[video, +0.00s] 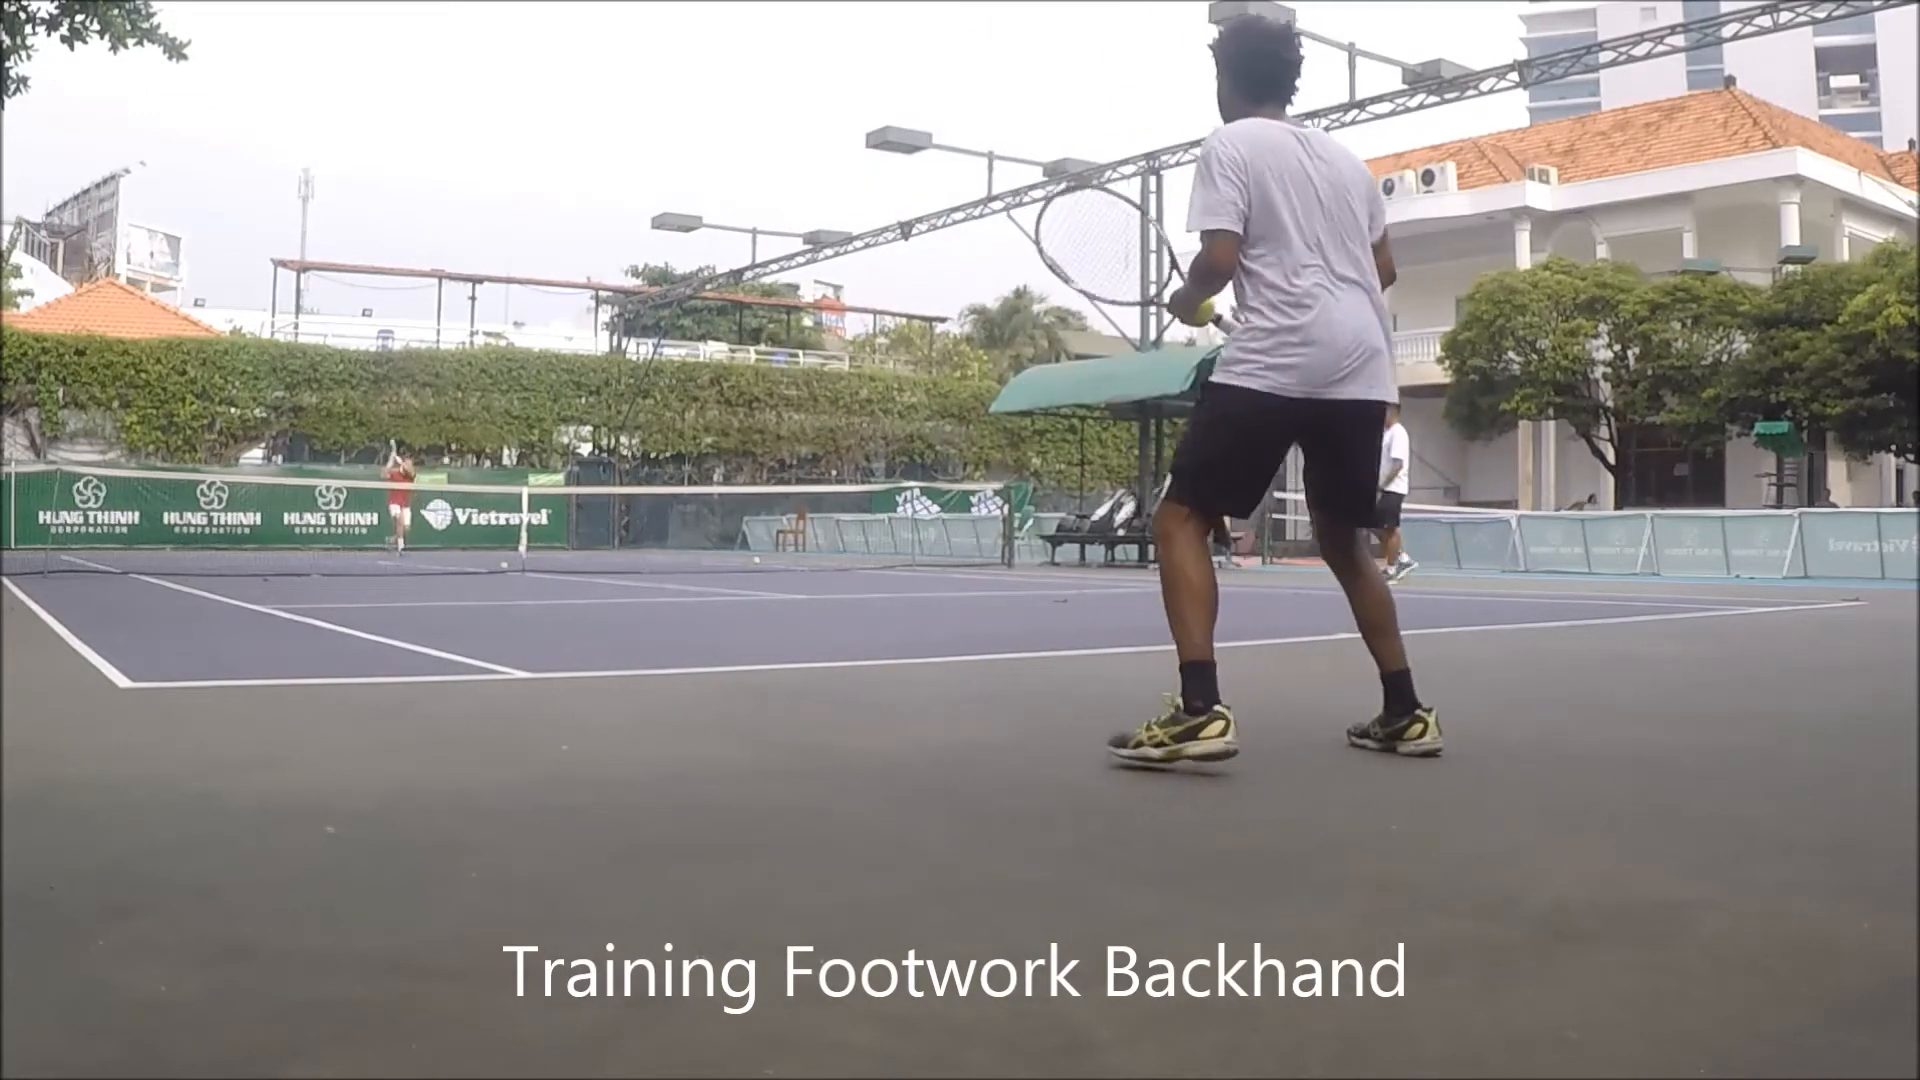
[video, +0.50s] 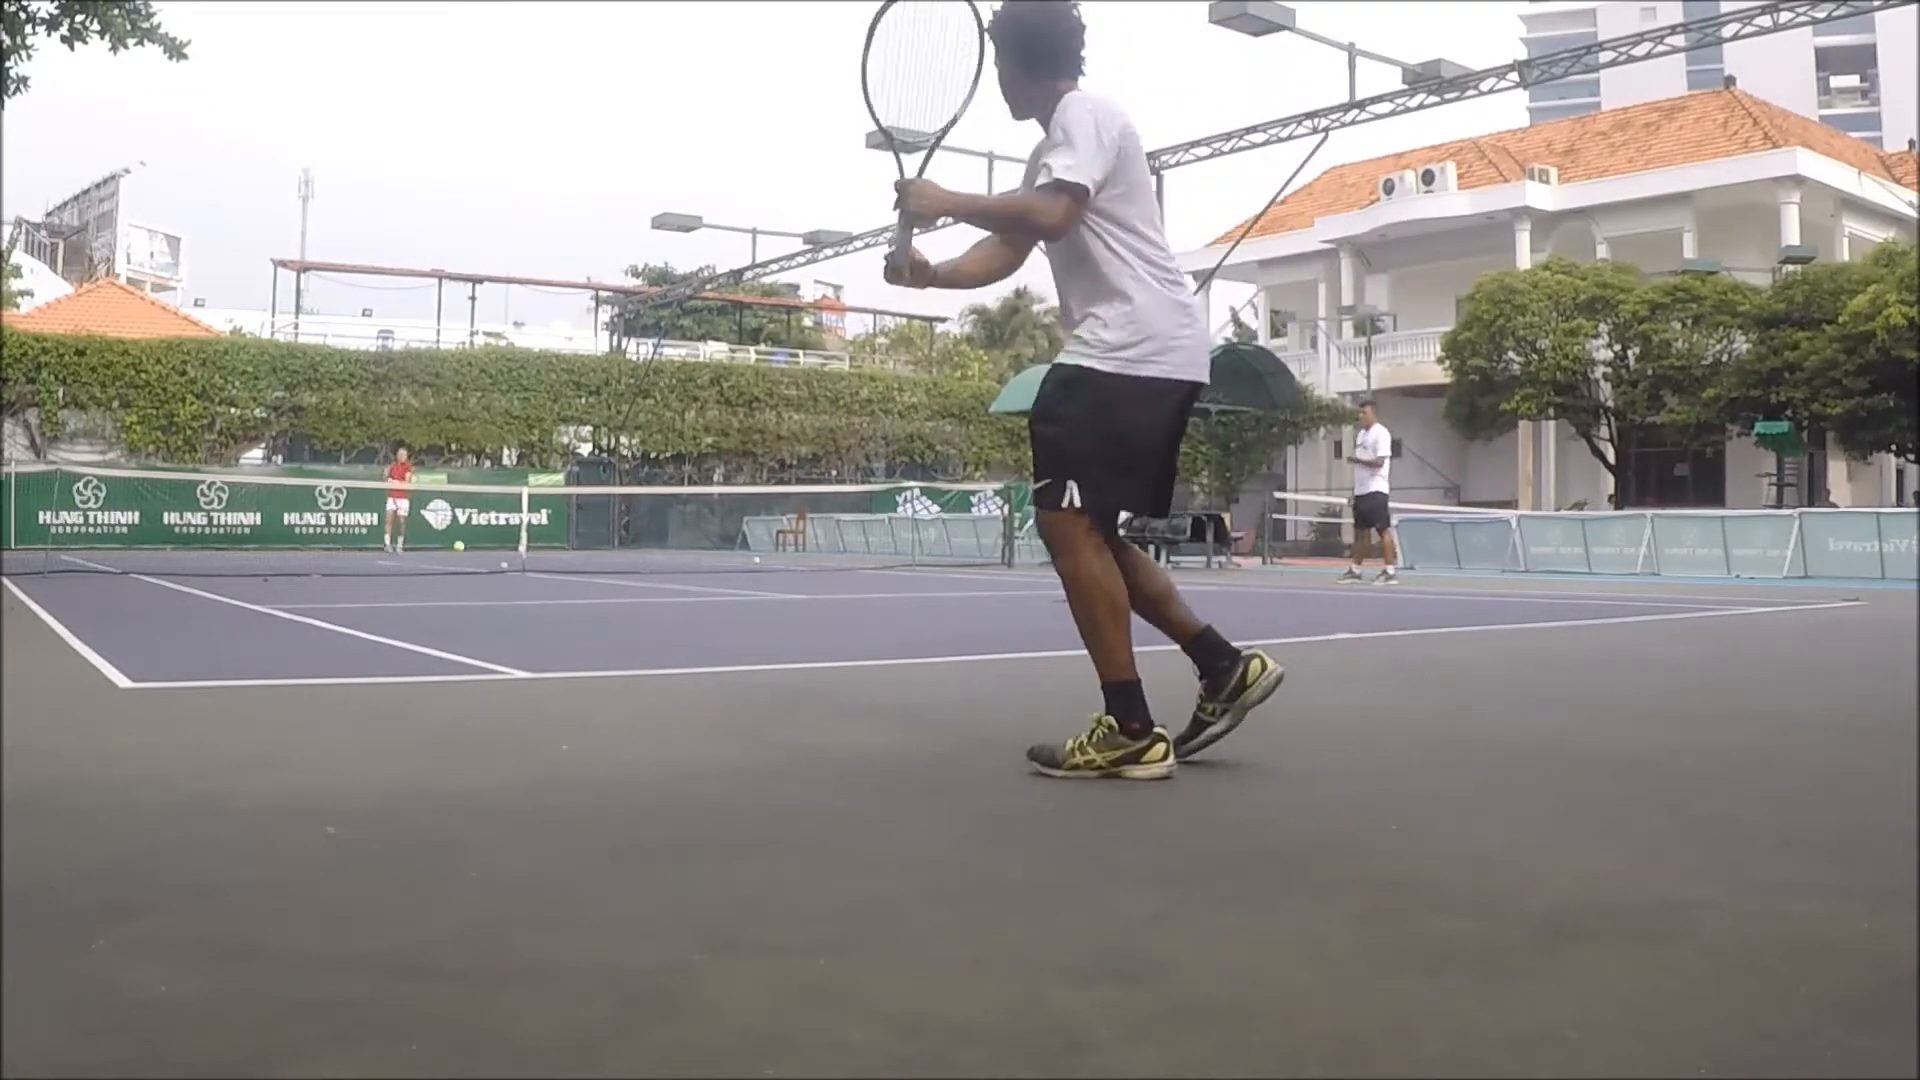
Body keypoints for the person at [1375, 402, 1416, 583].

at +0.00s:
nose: (1382, 415)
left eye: (1385, 411)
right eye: (1382, 411)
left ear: (1393, 412)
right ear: (1391, 413)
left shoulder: (1398, 432)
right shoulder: (1387, 432)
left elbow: (1398, 463)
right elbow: (1388, 461)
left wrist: (1383, 484)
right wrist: (1378, 480)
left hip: (1394, 487)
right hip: (1385, 486)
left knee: (1389, 528)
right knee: (1377, 526)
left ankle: (1391, 567)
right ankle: (1402, 557)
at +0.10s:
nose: (1376, 416)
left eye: (1379, 413)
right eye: (1376, 413)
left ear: (1388, 414)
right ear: (1383, 414)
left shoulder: (1394, 432)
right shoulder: (1382, 434)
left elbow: (1393, 462)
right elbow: (1383, 461)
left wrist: (1371, 477)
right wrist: (1371, 481)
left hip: (1391, 487)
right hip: (1380, 487)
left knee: (1390, 528)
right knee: (1371, 525)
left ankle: (1390, 567)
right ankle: (1386, 565)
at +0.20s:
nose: (1372, 416)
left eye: (1375, 412)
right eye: (1372, 412)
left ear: (1385, 413)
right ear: (1376, 414)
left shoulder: (1391, 432)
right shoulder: (1377, 434)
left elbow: (1390, 461)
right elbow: (1379, 460)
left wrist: (1369, 464)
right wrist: (1371, 484)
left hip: (1388, 487)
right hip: (1375, 488)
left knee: (1389, 529)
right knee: (1367, 528)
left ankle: (1390, 569)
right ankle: (1365, 567)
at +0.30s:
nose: (1368, 417)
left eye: (1372, 413)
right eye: (1368, 413)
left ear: (1383, 414)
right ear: (1369, 416)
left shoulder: (1388, 432)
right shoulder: (1371, 433)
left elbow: (1385, 461)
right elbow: (1367, 456)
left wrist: (1367, 457)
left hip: (1385, 487)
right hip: (1371, 487)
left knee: (1388, 529)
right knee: (1364, 529)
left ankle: (1390, 569)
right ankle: (1356, 568)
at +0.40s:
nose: (1364, 417)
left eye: (1368, 413)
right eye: (1364, 413)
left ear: (1378, 414)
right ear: (1366, 416)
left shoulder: (1385, 433)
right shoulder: (1366, 434)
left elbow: (1380, 462)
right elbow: (1366, 458)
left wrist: (1362, 456)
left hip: (1381, 488)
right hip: (1365, 488)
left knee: (1386, 530)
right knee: (1362, 530)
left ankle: (1390, 569)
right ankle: (1355, 568)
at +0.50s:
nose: (1361, 416)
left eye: (1364, 412)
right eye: (1360, 413)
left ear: (1373, 413)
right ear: (1361, 415)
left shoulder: (1381, 432)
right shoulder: (1361, 434)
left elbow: (1379, 462)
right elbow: (1363, 460)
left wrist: (1357, 460)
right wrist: (1356, 489)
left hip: (1376, 489)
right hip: (1361, 490)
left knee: (1383, 531)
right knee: (1361, 531)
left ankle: (1389, 569)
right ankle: (1355, 569)